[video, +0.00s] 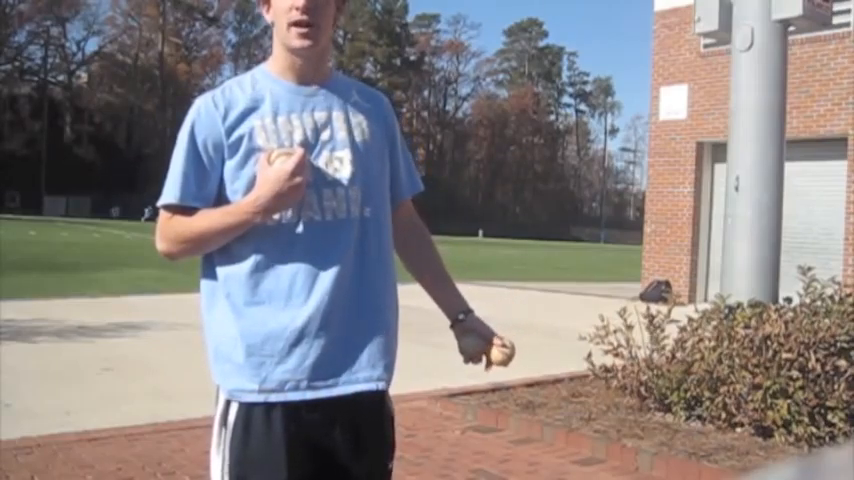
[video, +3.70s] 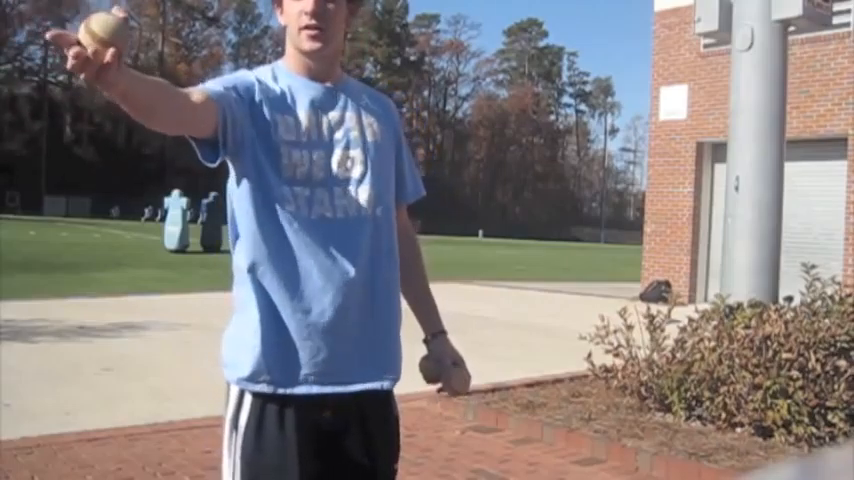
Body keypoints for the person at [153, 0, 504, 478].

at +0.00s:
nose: (305, 8)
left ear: (338, 10)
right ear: (268, 9)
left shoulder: (373, 109)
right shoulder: (216, 112)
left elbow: (405, 225)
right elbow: (169, 238)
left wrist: (463, 318)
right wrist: (258, 203)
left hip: (359, 386)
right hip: (260, 392)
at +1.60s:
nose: (319, 8)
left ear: (351, 14)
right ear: (280, 9)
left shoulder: (371, 107)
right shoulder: (232, 107)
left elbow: (389, 221)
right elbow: (155, 223)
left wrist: (423, 326)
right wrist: (228, 254)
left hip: (369, 381)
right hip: (277, 391)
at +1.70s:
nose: (306, 9)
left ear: (351, 14)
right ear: (281, 8)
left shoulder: (378, 111)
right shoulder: (230, 106)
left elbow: (395, 226)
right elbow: (133, 211)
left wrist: (422, 333)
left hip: (369, 383)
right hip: (273, 390)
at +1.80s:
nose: (304, 9)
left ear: (354, 16)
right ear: (283, 9)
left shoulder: (382, 112)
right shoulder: (229, 104)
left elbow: (399, 231)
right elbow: (122, 193)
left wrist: (423, 338)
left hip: (367, 387)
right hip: (269, 393)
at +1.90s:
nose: (302, 7)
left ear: (357, 15)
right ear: (285, 7)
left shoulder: (387, 113)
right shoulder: (229, 100)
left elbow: (404, 235)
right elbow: (109, 156)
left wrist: (427, 342)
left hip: (366, 393)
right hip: (266, 398)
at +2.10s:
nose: (300, 10)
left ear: (357, 13)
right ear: (285, 8)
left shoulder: (393, 116)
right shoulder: (229, 93)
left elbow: (410, 237)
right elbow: (101, 110)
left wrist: (442, 344)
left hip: (364, 395)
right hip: (263, 397)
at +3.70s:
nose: (316, 10)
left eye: (331, 0)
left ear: (352, 13)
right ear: (281, 11)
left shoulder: (379, 111)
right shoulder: (250, 94)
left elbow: (399, 228)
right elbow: (181, 109)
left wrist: (436, 334)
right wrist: (118, 80)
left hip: (367, 384)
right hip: (274, 386)